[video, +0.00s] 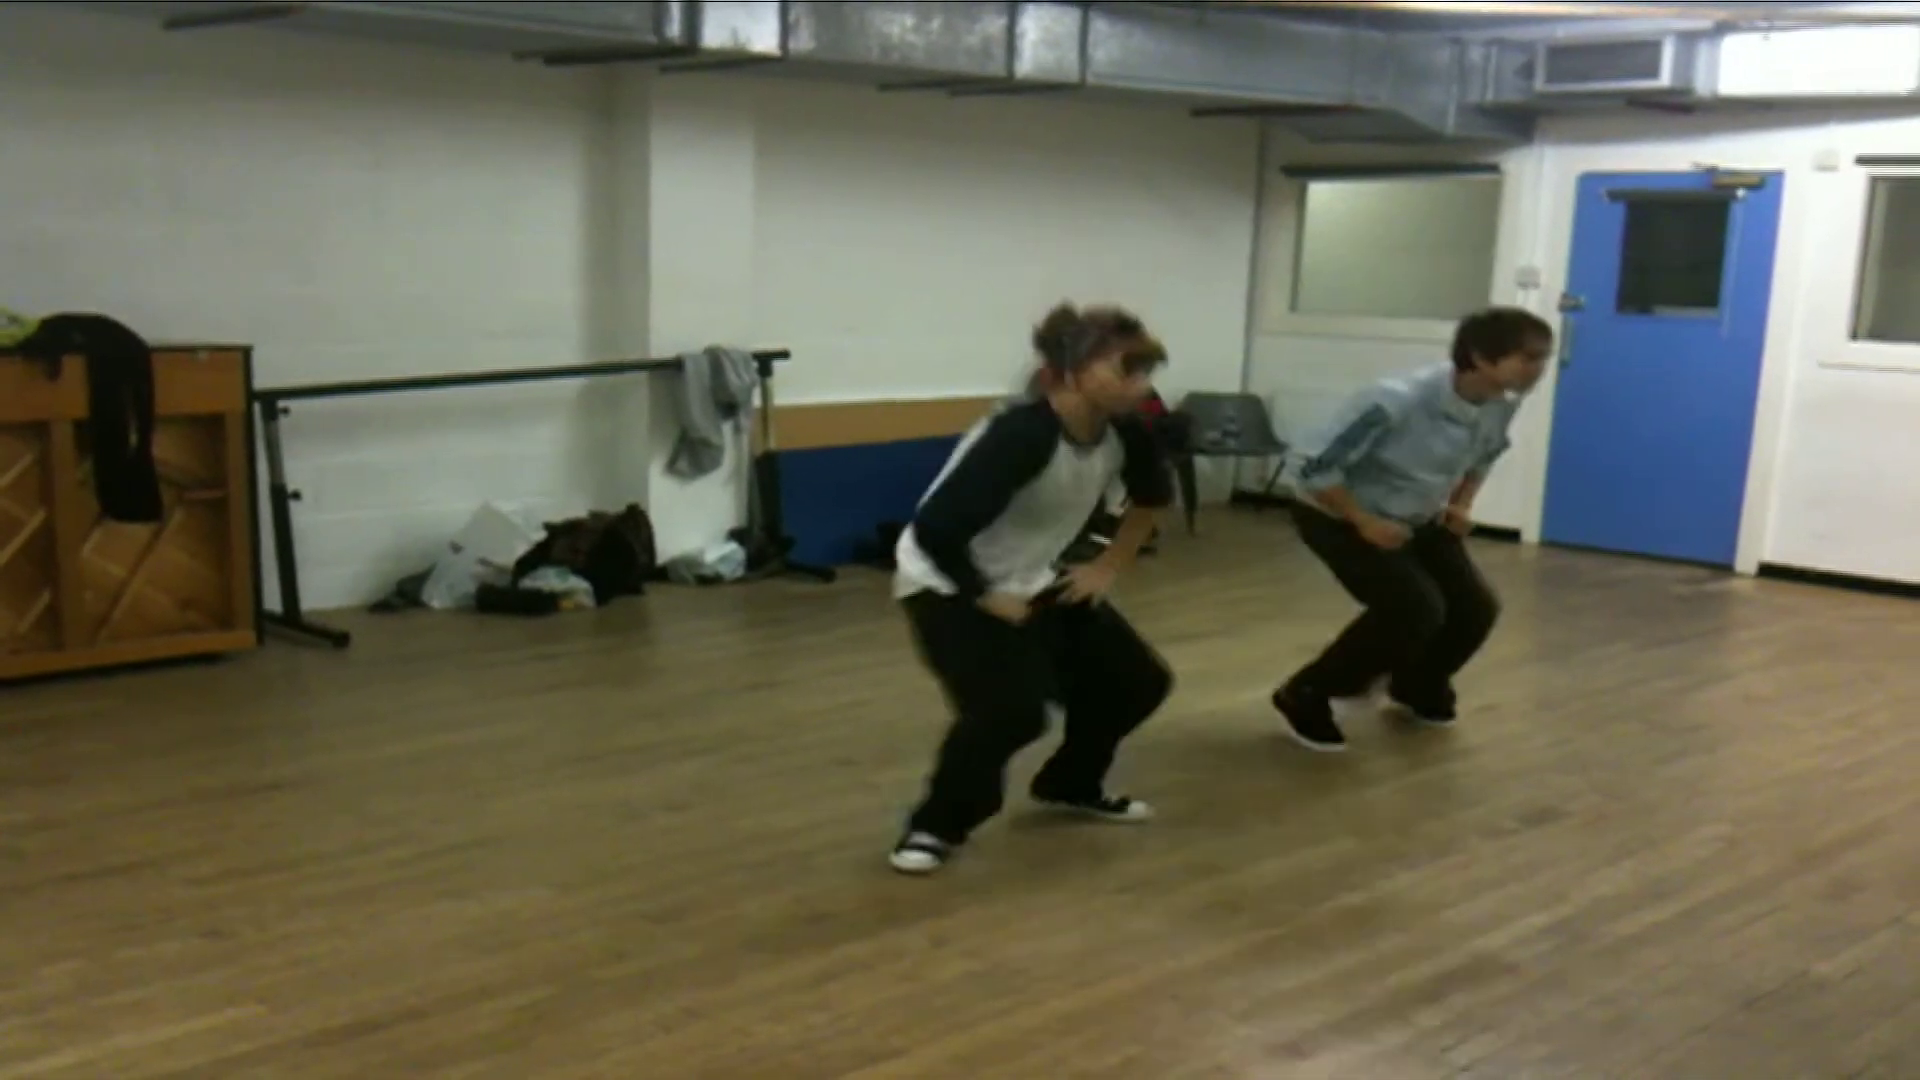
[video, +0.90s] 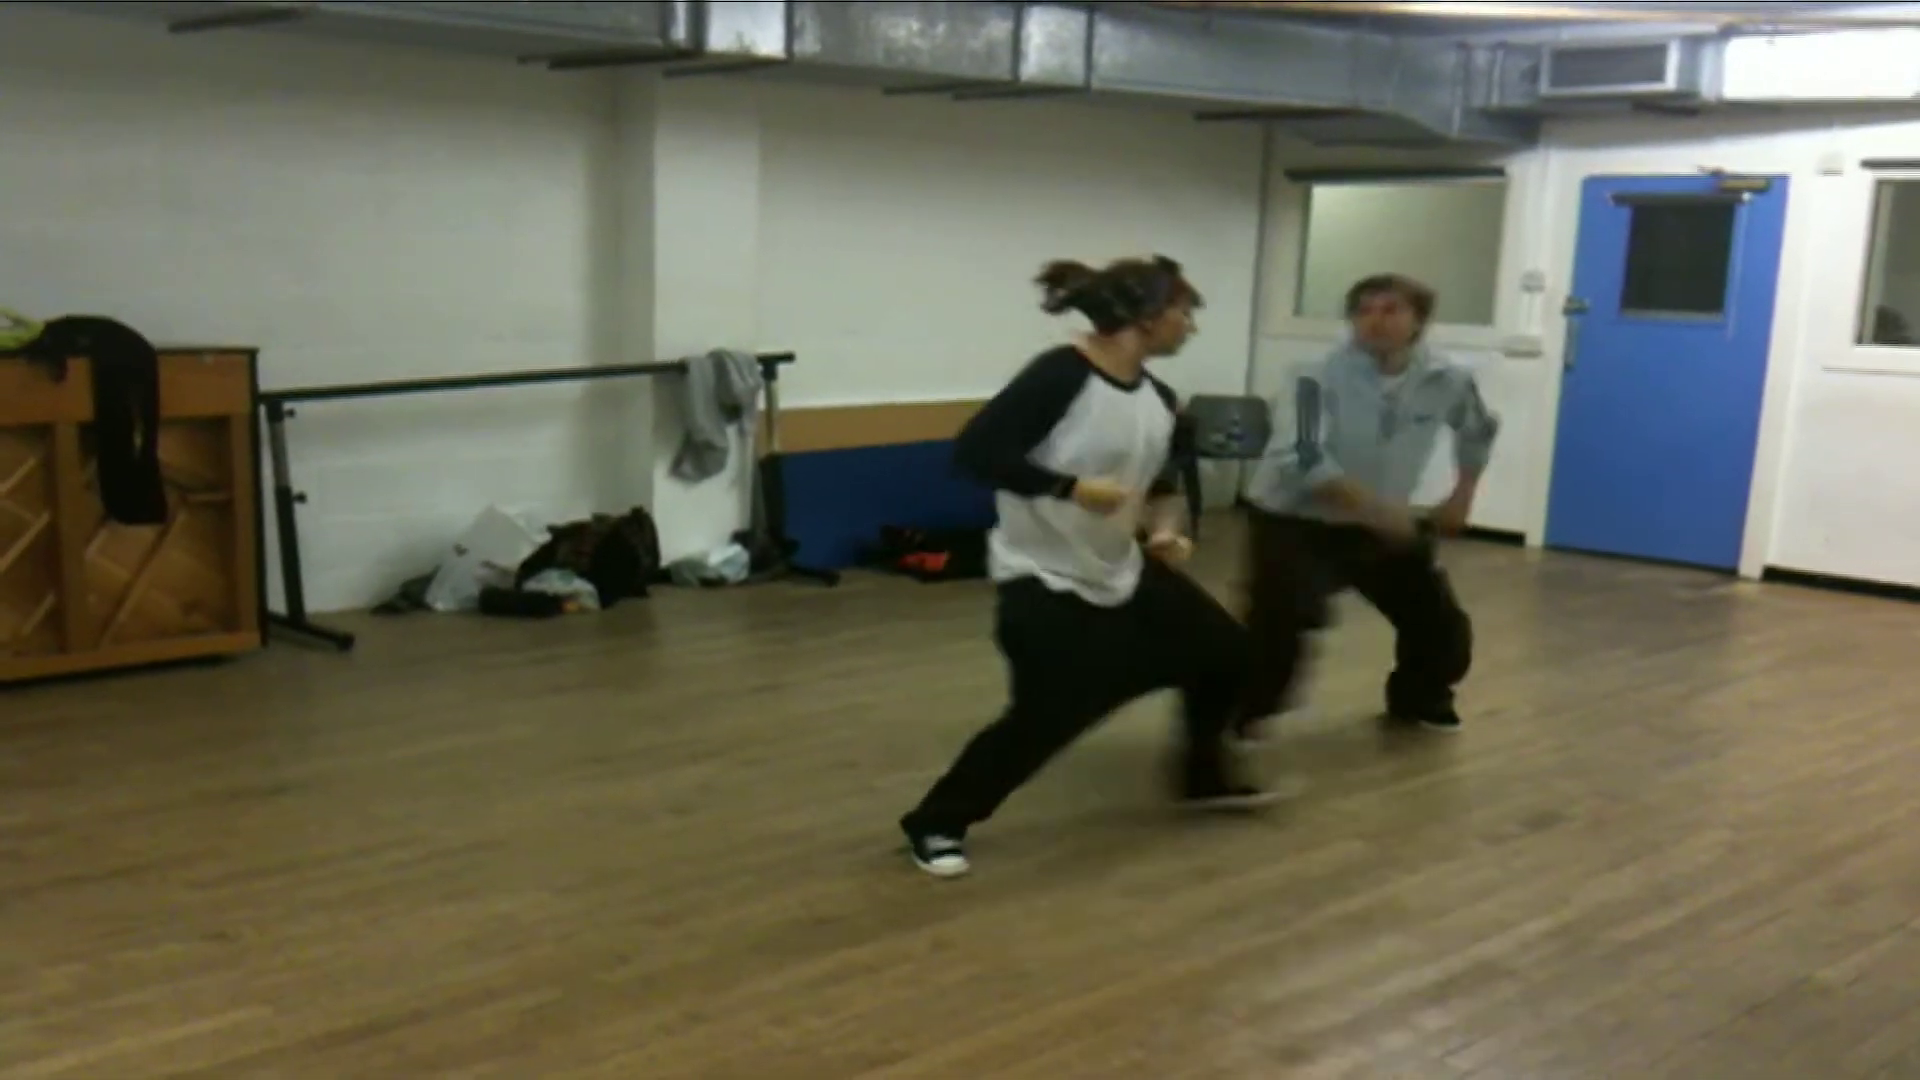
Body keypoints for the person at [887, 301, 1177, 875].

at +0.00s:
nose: (1141, 385)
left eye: (1142, 370)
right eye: (1124, 370)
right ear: (1069, 377)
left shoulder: (1125, 432)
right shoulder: (1022, 435)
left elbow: (1150, 501)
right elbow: (934, 531)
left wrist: (1107, 566)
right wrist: (984, 595)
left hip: (1032, 577)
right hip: (947, 585)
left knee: (1135, 681)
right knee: (1008, 706)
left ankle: (1070, 781)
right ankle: (934, 828)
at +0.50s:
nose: (1110, 307)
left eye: (1115, 294)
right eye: (1098, 291)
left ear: (1110, 300)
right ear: (1049, 295)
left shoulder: (1105, 376)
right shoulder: (993, 355)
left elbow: (1119, 452)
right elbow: (926, 459)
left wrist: (1092, 525)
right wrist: (970, 539)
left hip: (1042, 547)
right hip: (950, 545)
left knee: (1076, 674)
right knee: (958, 683)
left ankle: (1036, 791)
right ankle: (929, 818)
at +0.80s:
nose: (1157, 309)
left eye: (1155, 295)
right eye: (1147, 296)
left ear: (1106, 305)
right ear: (1103, 305)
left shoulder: (1127, 383)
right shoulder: (1019, 368)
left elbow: (1110, 475)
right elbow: (960, 472)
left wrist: (1128, 536)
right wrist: (1056, 515)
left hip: (1089, 567)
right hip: (1007, 570)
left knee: (1167, 666)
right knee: (1008, 693)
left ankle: (1077, 776)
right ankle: (932, 825)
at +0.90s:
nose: (1189, 325)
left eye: (1189, 312)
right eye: (1181, 313)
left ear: (1143, 320)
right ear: (1142, 319)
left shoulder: (1161, 402)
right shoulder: (1060, 375)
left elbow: (1170, 483)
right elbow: (976, 454)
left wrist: (1166, 527)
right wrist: (1071, 488)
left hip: (1126, 578)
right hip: (1046, 584)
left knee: (1222, 652)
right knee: (1052, 713)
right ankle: (936, 823)